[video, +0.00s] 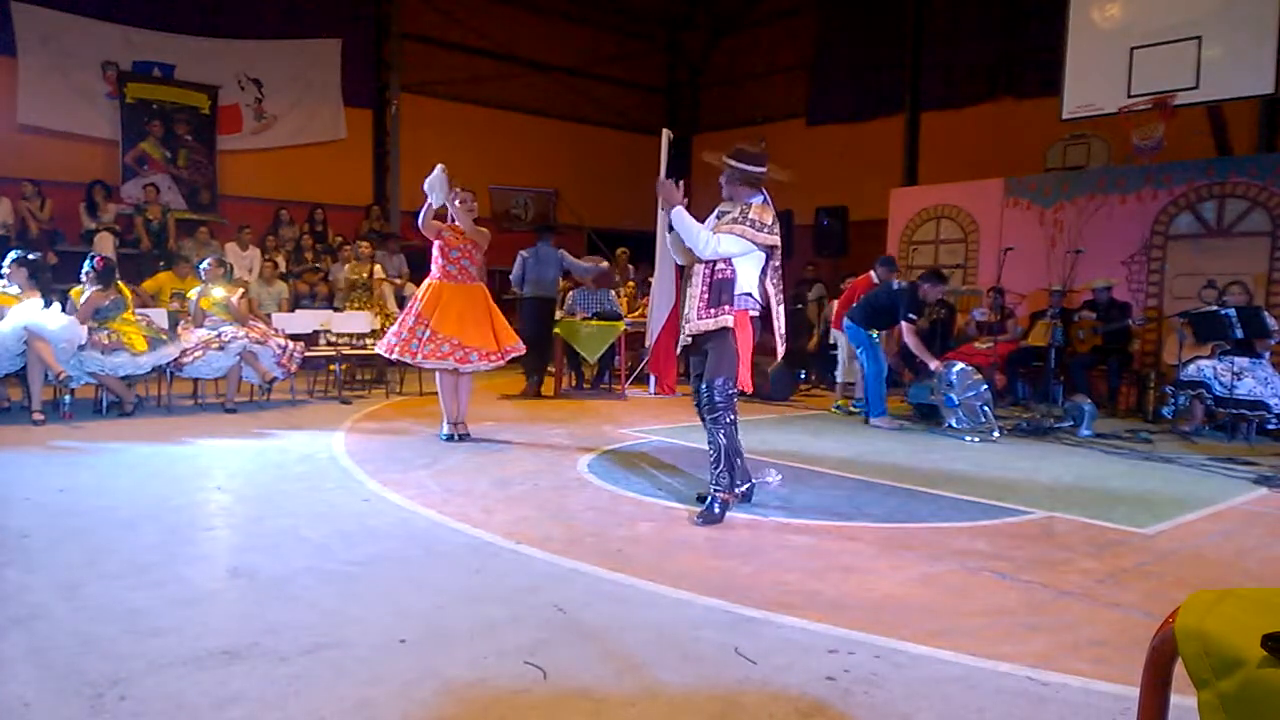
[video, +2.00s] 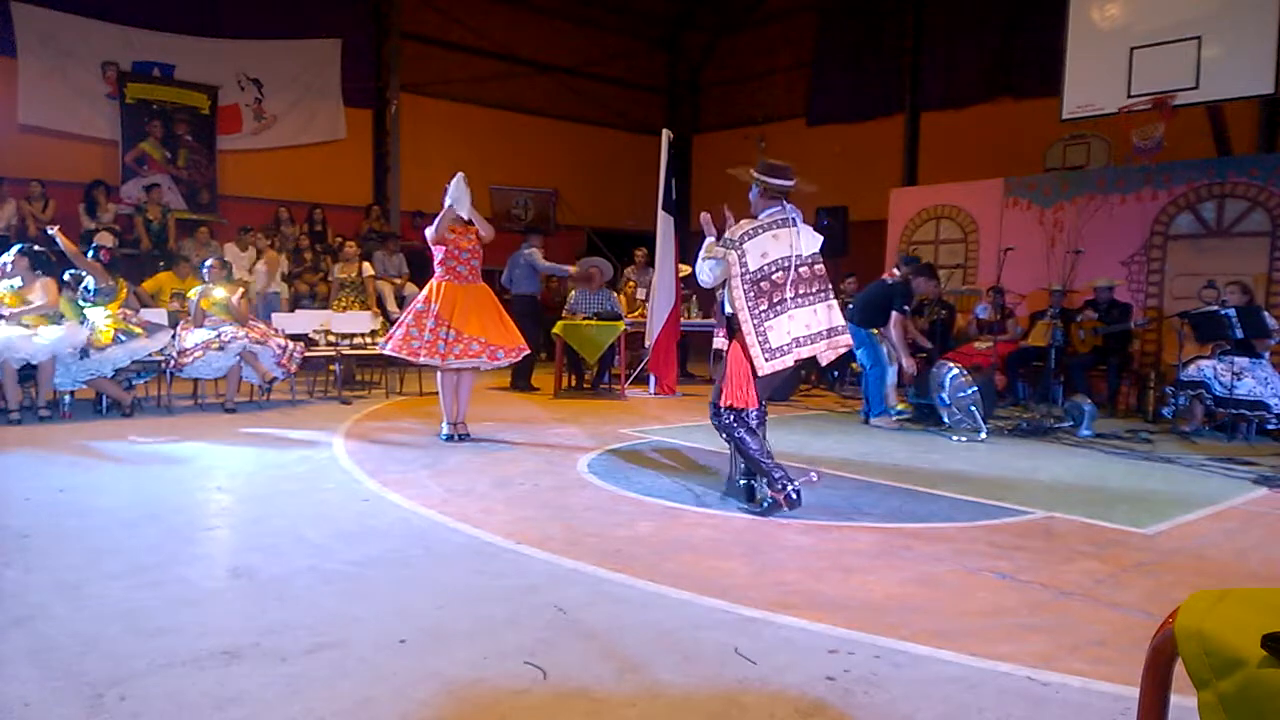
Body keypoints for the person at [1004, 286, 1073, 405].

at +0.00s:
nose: (1055, 300)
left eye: (1058, 296)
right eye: (1053, 296)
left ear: (1063, 297)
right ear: (1049, 297)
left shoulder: (1068, 314)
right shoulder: (1036, 315)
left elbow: (1068, 340)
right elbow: (1028, 335)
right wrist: (1024, 342)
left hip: (1055, 349)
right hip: (1035, 348)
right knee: (1012, 358)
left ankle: (1042, 398)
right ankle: (1012, 395)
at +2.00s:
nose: (1056, 299)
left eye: (1059, 296)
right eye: (1053, 295)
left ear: (1063, 297)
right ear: (1049, 296)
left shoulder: (1068, 314)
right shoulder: (1037, 315)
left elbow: (1068, 338)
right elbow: (1029, 334)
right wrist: (1024, 341)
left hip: (1056, 348)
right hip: (1036, 348)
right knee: (1012, 358)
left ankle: (1042, 398)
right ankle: (1012, 395)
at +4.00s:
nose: (1055, 299)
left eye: (1059, 296)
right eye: (1053, 296)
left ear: (1063, 298)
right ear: (1049, 297)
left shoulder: (1067, 315)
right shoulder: (1036, 315)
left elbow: (1067, 339)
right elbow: (1028, 334)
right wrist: (1024, 341)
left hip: (1055, 348)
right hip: (1035, 347)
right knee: (1012, 359)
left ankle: (1042, 398)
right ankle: (1013, 395)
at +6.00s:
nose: (1055, 299)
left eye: (1058, 295)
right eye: (1053, 295)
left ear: (1063, 297)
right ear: (1049, 296)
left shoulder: (1067, 314)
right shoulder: (1036, 315)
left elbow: (1068, 340)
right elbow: (1028, 336)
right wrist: (1024, 342)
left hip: (1056, 348)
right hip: (1036, 348)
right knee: (1012, 358)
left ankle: (1043, 398)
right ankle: (1013, 395)